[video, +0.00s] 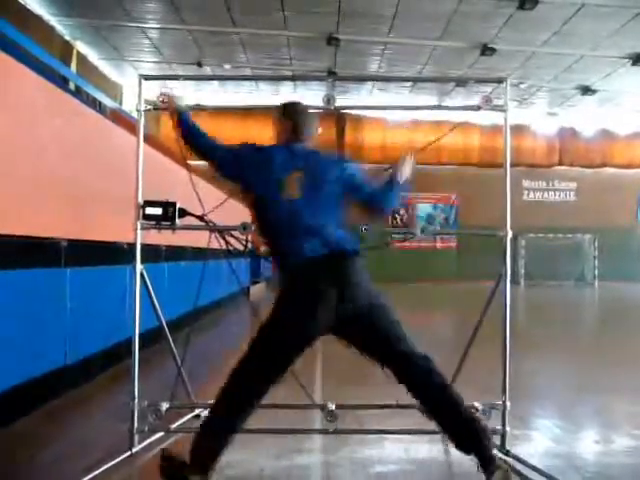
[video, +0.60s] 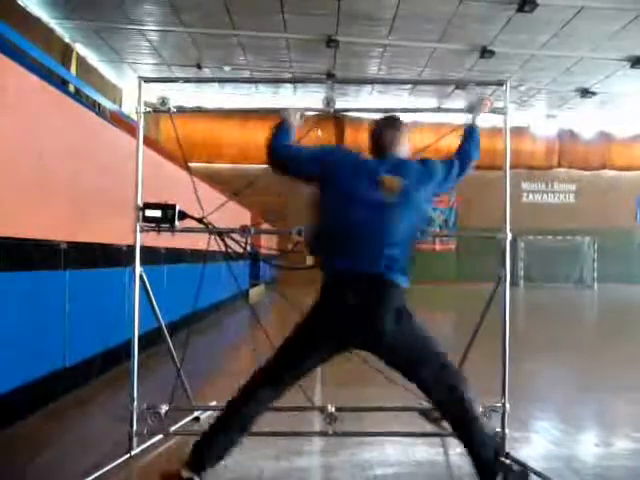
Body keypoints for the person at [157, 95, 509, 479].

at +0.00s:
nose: (275, 131)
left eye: (278, 125)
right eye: (283, 126)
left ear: (280, 129)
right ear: (314, 131)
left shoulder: (259, 161)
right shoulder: (333, 166)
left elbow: (211, 150)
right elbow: (380, 204)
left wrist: (179, 114)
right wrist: (400, 176)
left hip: (305, 291)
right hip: (352, 285)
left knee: (251, 378)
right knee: (409, 363)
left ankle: (198, 462)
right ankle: (480, 445)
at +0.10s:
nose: (274, 146)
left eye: (265, 141)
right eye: (282, 142)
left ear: (254, 148)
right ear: (288, 151)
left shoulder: (236, 176)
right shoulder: (300, 187)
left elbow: (203, 148)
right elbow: (333, 238)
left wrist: (172, 112)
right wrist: (374, 220)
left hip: (281, 306)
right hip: (322, 298)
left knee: (207, 379)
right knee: (394, 373)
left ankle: (186, 469)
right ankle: (477, 453)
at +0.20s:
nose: (295, 147)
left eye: (292, 142)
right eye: (295, 142)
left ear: (259, 143)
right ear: (291, 145)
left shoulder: (225, 184)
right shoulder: (304, 177)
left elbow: (174, 202)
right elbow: (350, 222)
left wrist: (155, 166)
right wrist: (377, 195)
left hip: (270, 302)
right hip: (318, 295)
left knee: (203, 380)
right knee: (367, 376)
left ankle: (186, 466)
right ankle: (410, 454)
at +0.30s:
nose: (318, 134)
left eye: (317, 129)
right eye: (317, 128)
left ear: (277, 131)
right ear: (310, 131)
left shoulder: (252, 172)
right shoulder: (327, 159)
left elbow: (213, 221)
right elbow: (385, 172)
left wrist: (194, 207)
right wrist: (382, 138)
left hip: (286, 287)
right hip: (333, 283)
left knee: (224, 379)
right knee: (350, 378)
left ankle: (188, 465)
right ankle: (352, 469)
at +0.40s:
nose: (335, 141)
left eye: (334, 135)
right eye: (334, 135)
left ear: (295, 137)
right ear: (328, 137)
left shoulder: (265, 170)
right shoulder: (342, 165)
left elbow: (218, 176)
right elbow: (402, 186)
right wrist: (384, 146)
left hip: (294, 295)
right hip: (341, 292)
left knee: (238, 390)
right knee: (369, 380)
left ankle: (223, 473)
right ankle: (362, 471)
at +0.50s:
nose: (367, 139)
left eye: (360, 132)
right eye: (366, 134)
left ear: (331, 133)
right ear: (364, 137)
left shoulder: (298, 157)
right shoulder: (376, 173)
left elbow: (261, 127)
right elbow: (439, 190)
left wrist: (298, 110)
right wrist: (434, 151)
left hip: (312, 297)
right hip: (363, 299)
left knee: (254, 388)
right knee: (429, 366)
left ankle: (218, 473)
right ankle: (438, 458)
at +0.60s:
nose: (404, 141)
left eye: (396, 136)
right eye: (404, 138)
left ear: (369, 142)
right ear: (404, 145)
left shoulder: (340, 162)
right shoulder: (421, 175)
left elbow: (281, 156)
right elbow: (464, 161)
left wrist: (285, 126)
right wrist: (473, 127)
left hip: (332, 308)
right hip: (386, 312)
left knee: (268, 382)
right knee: (445, 383)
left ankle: (201, 459)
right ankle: (491, 463)